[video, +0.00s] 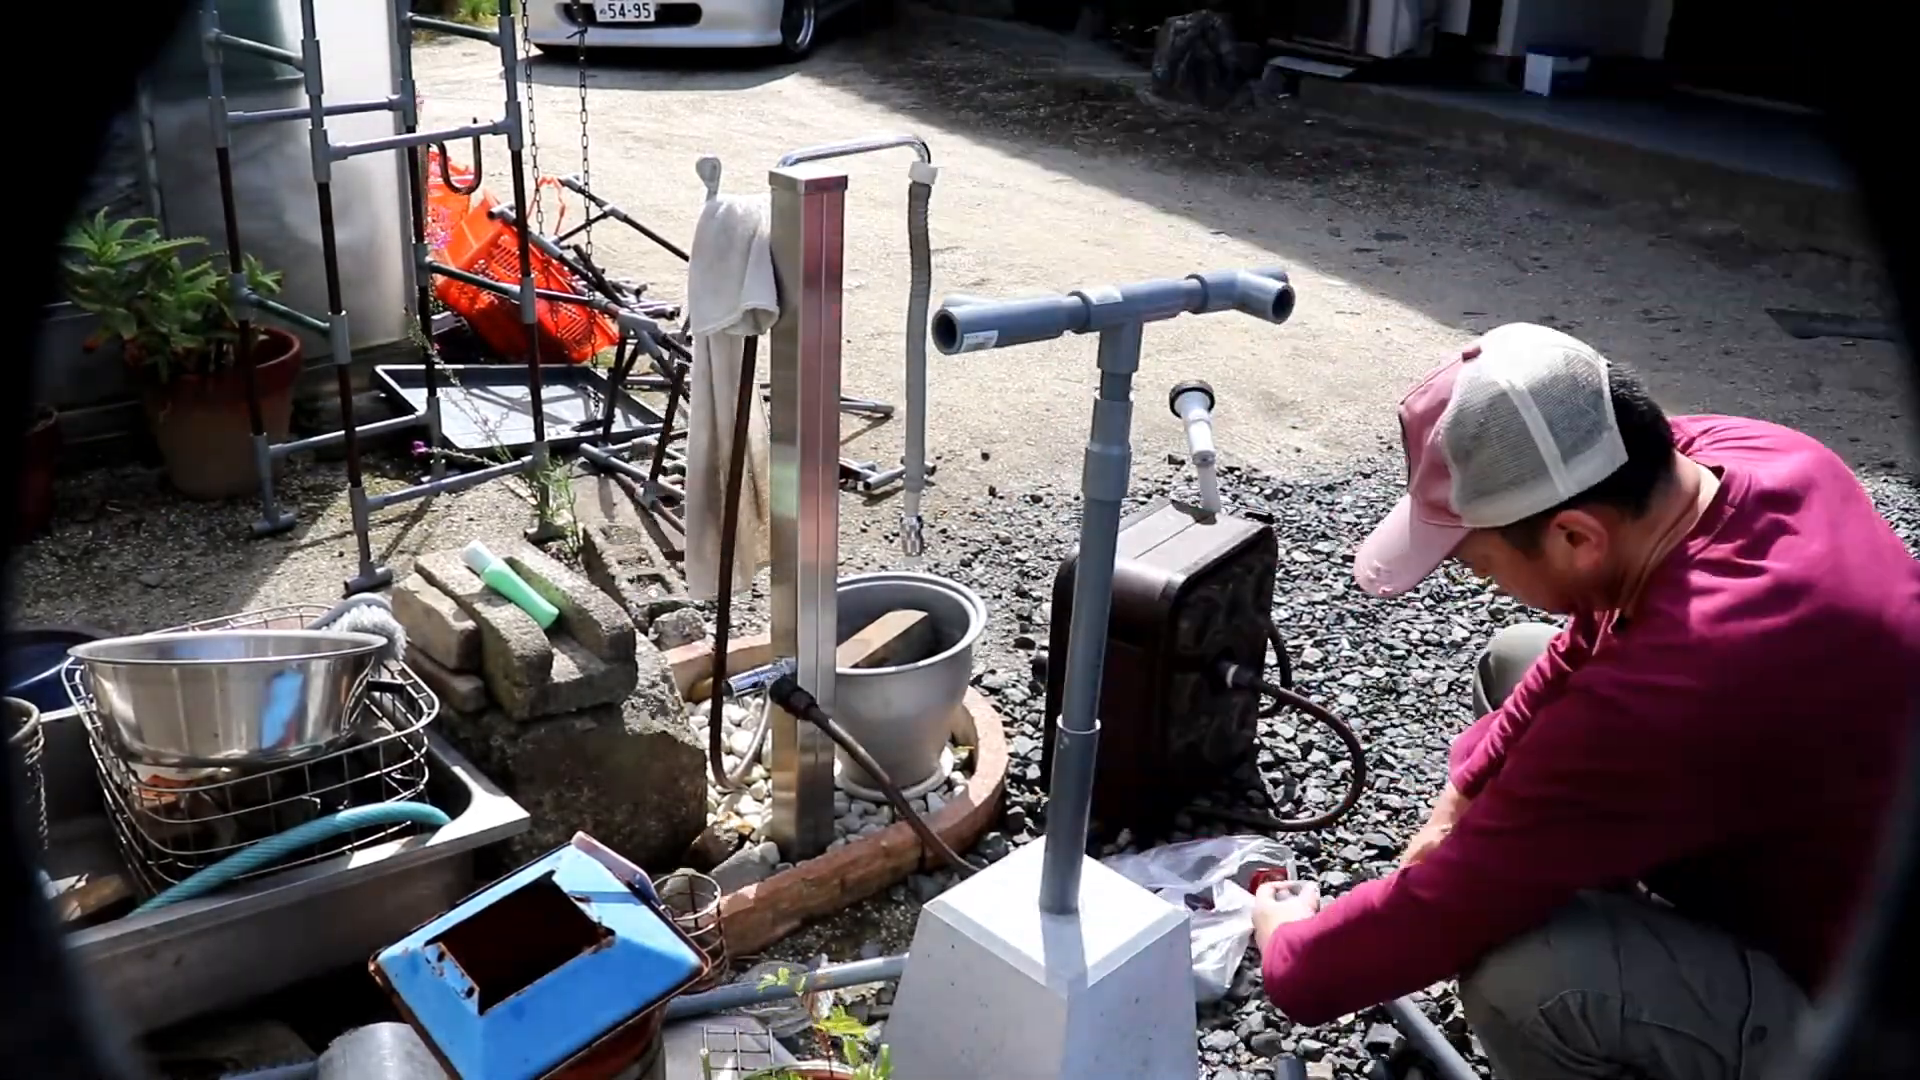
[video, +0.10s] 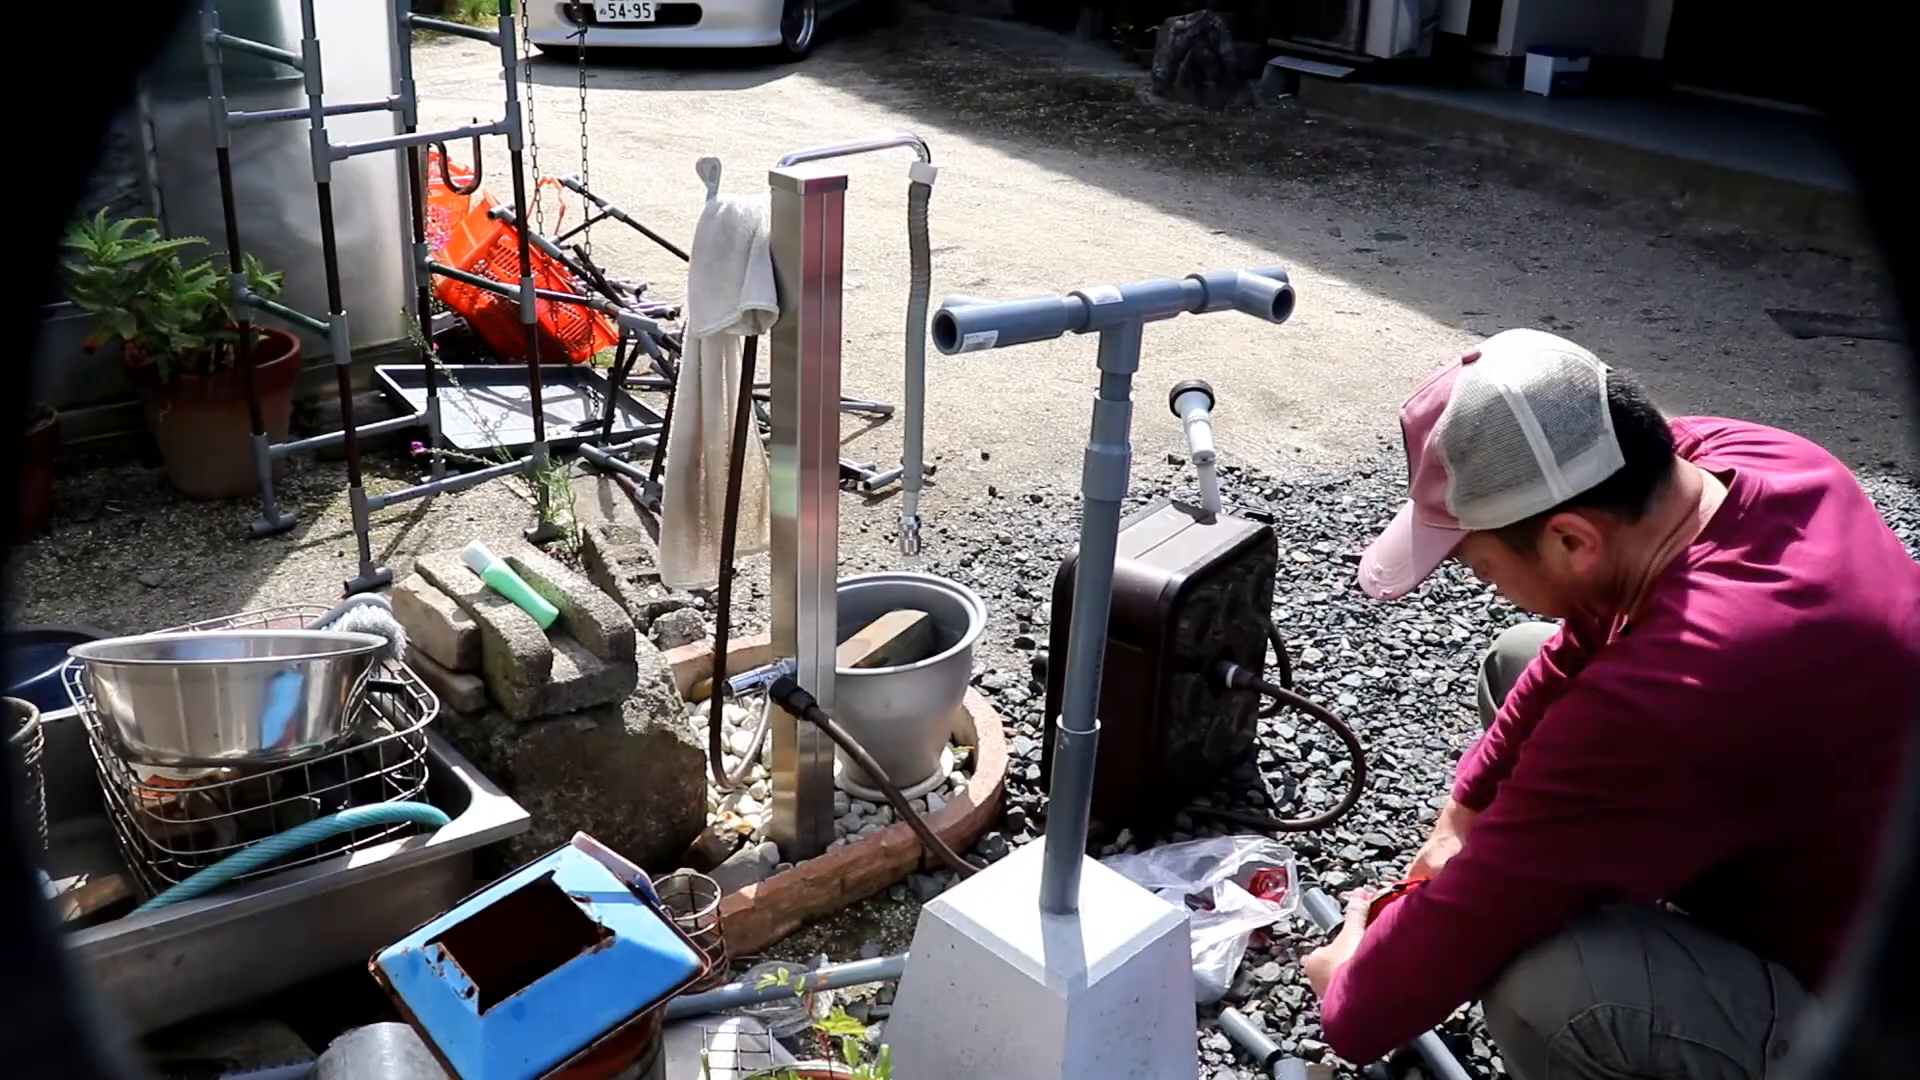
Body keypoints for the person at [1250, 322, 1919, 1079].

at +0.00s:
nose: (1482, 573)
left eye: (1482, 552)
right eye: (1470, 555)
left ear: (1578, 537)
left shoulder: (1662, 694)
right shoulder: (1740, 451)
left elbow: (1456, 901)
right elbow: (1590, 645)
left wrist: (1285, 936)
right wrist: (1455, 809)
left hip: (1860, 1001)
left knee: (1521, 974)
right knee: (1516, 657)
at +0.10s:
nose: (1485, 580)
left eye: (1484, 561)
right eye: (1472, 562)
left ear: (1575, 543)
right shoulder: (1730, 456)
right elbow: (1588, 641)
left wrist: (1340, 963)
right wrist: (1459, 820)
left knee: (1550, 987)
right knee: (1522, 661)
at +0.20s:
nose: (1452, 575)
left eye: (1441, 553)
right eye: (1434, 557)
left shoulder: (1633, 657)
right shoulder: (1696, 451)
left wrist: (1351, 968)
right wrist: (1454, 766)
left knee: (1531, 968)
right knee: (1521, 657)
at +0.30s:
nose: (1483, 585)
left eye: (1474, 562)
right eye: (1463, 566)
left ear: (1553, 533)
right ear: (1622, 442)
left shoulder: (1650, 692)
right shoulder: (1740, 460)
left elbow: (1455, 909)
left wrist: (1321, 952)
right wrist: (1514, 768)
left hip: (1866, 1016)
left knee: (1537, 961)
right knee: (1532, 660)